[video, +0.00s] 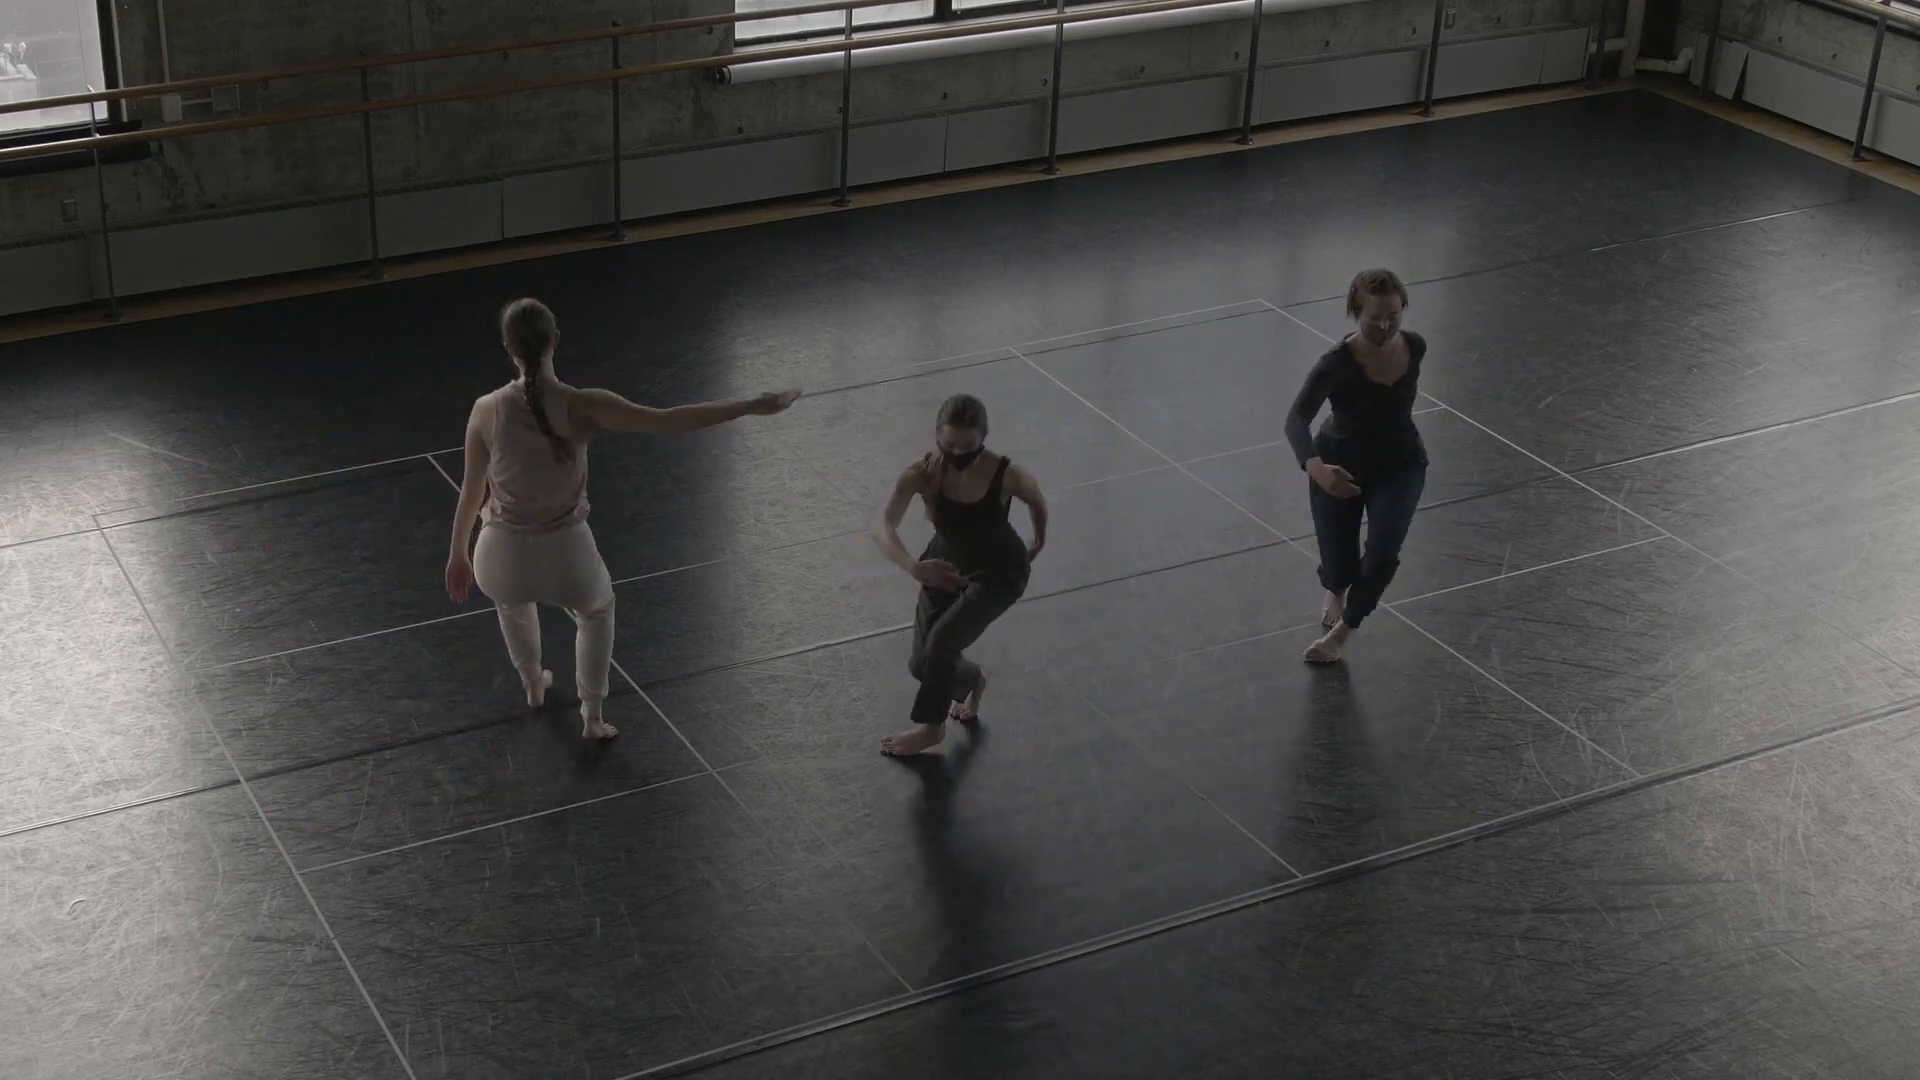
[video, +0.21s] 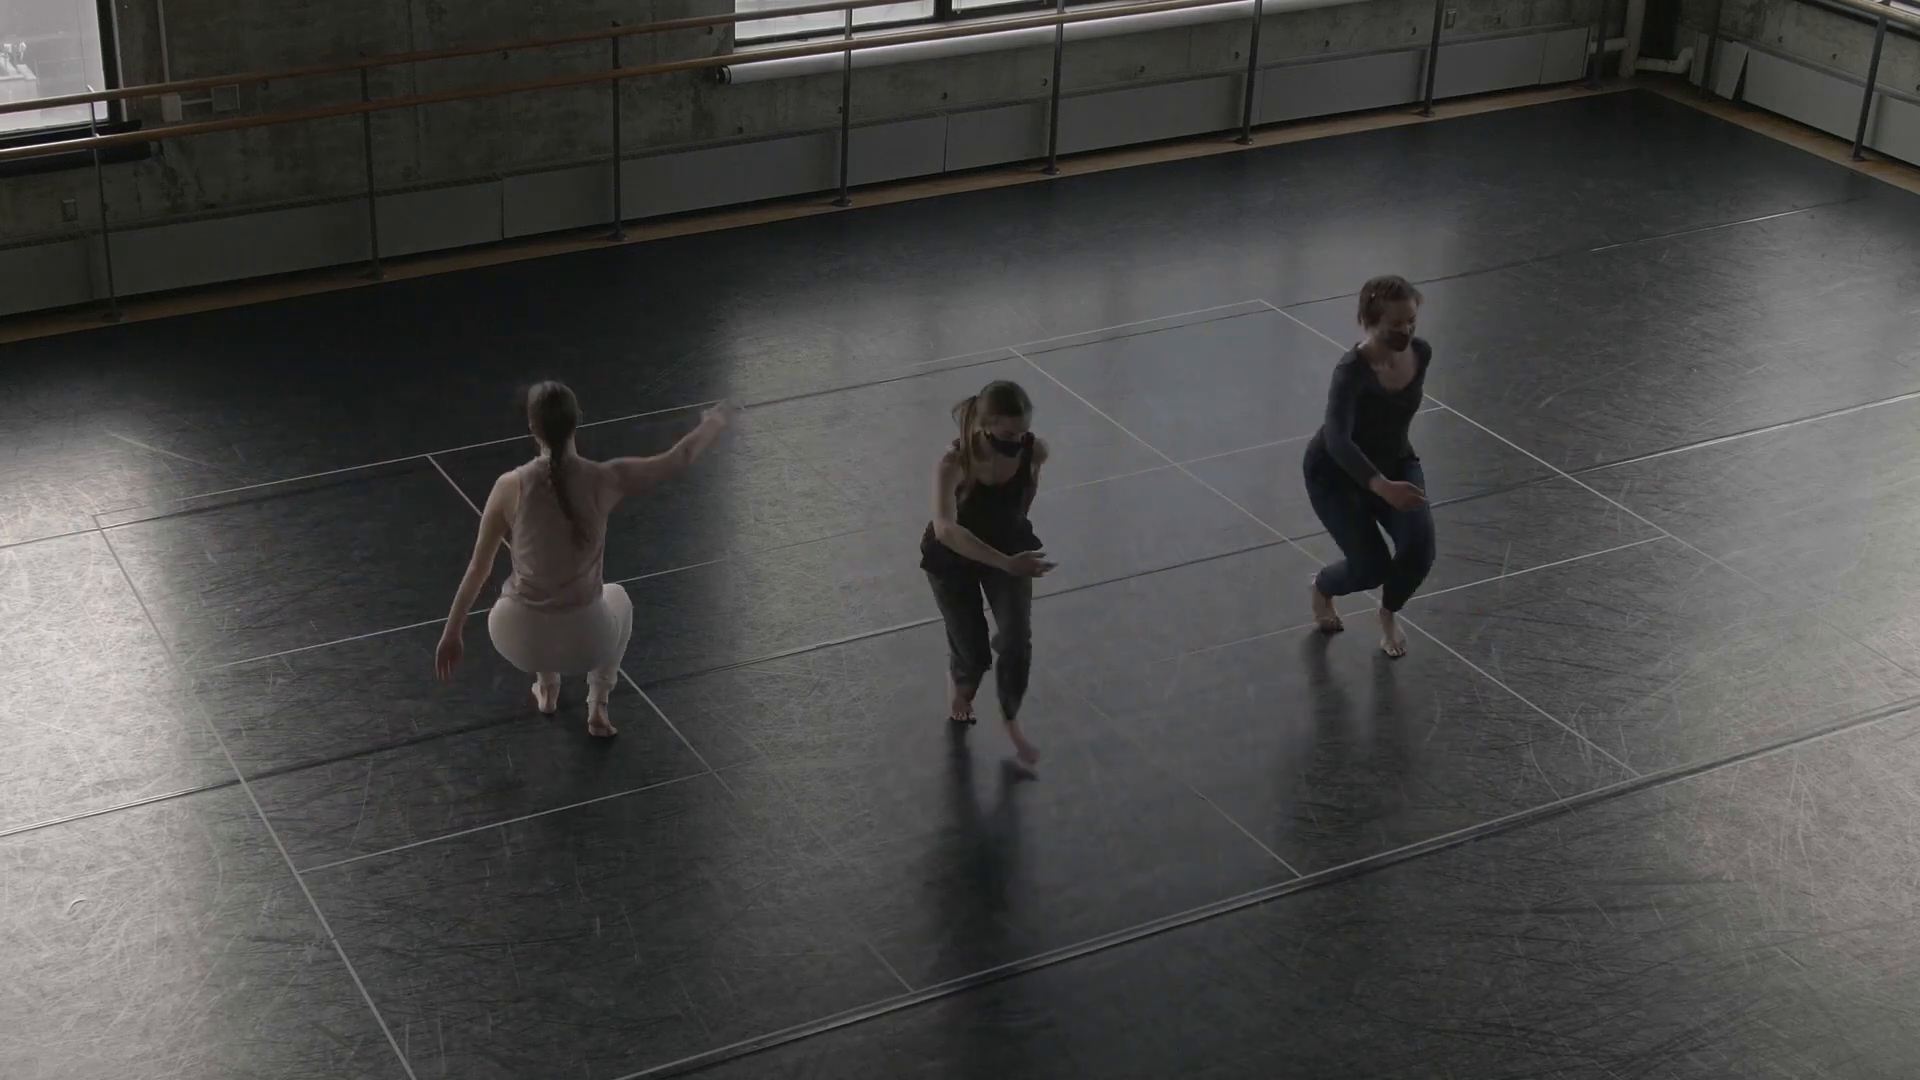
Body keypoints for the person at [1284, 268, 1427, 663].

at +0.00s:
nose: (1385, 325)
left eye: (1393, 315)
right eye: (1375, 317)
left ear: (1403, 311)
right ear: (1356, 314)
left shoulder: (1413, 348)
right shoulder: (1337, 363)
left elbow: (1400, 401)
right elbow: (1296, 421)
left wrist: (1397, 438)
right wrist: (1312, 465)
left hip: (1398, 461)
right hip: (1340, 461)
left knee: (1382, 558)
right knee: (1337, 562)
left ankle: (1341, 633)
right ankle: (1335, 597)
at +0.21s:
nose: (1405, 331)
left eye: (1411, 321)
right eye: (1396, 324)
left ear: (1417, 317)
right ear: (1371, 322)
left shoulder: (1420, 354)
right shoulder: (1351, 371)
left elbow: (1399, 408)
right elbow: (1335, 439)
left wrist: (1396, 451)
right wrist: (1379, 484)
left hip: (1392, 459)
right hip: (1335, 468)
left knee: (1418, 552)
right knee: (1374, 567)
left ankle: (1388, 612)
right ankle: (1322, 587)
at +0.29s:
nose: (1409, 355)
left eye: (1413, 345)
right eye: (1399, 348)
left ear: (1419, 341)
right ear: (1371, 347)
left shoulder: (1420, 380)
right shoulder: (1354, 396)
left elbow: (1410, 432)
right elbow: (1352, 469)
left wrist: (1403, 473)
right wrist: (1405, 510)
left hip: (1387, 478)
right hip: (1332, 488)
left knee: (1426, 559)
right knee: (1385, 574)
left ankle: (1383, 616)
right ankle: (1317, 593)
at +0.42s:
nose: (1412, 408)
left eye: (1416, 398)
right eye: (1402, 402)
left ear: (1421, 394)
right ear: (1375, 403)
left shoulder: (1420, 435)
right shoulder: (1357, 452)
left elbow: (1429, 497)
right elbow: (1378, 527)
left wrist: (1442, 556)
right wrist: (1441, 559)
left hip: (1372, 516)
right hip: (1324, 531)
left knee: (1429, 562)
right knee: (1392, 602)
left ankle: (1380, 621)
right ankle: (1317, 594)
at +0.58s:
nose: (1426, 422)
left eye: (1429, 412)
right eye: (1415, 415)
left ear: (1432, 408)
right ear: (1389, 415)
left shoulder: (1430, 447)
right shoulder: (1367, 461)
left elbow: (1458, 508)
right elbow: (1410, 534)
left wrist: (1489, 574)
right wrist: (1479, 568)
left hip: (1369, 533)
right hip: (1323, 542)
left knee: (1431, 560)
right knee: (1400, 605)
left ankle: (1377, 620)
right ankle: (1320, 596)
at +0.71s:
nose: (1442, 386)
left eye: (1445, 377)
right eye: (1433, 380)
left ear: (1448, 371)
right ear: (1405, 378)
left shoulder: (1445, 410)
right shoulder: (1379, 420)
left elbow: (1483, 457)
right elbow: (1413, 490)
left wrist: (1528, 506)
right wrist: (1473, 539)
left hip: (1384, 499)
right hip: (1333, 507)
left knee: (1433, 558)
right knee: (1392, 593)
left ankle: (1380, 617)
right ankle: (1318, 591)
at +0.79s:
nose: (1452, 358)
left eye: (1455, 349)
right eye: (1443, 351)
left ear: (1458, 344)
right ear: (1415, 348)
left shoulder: (1455, 380)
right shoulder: (1385, 390)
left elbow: (1501, 419)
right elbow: (1405, 455)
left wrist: (1557, 455)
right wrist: (1446, 511)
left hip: (1394, 476)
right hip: (1344, 482)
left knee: (1431, 557)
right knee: (1392, 585)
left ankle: (1382, 619)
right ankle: (1317, 589)